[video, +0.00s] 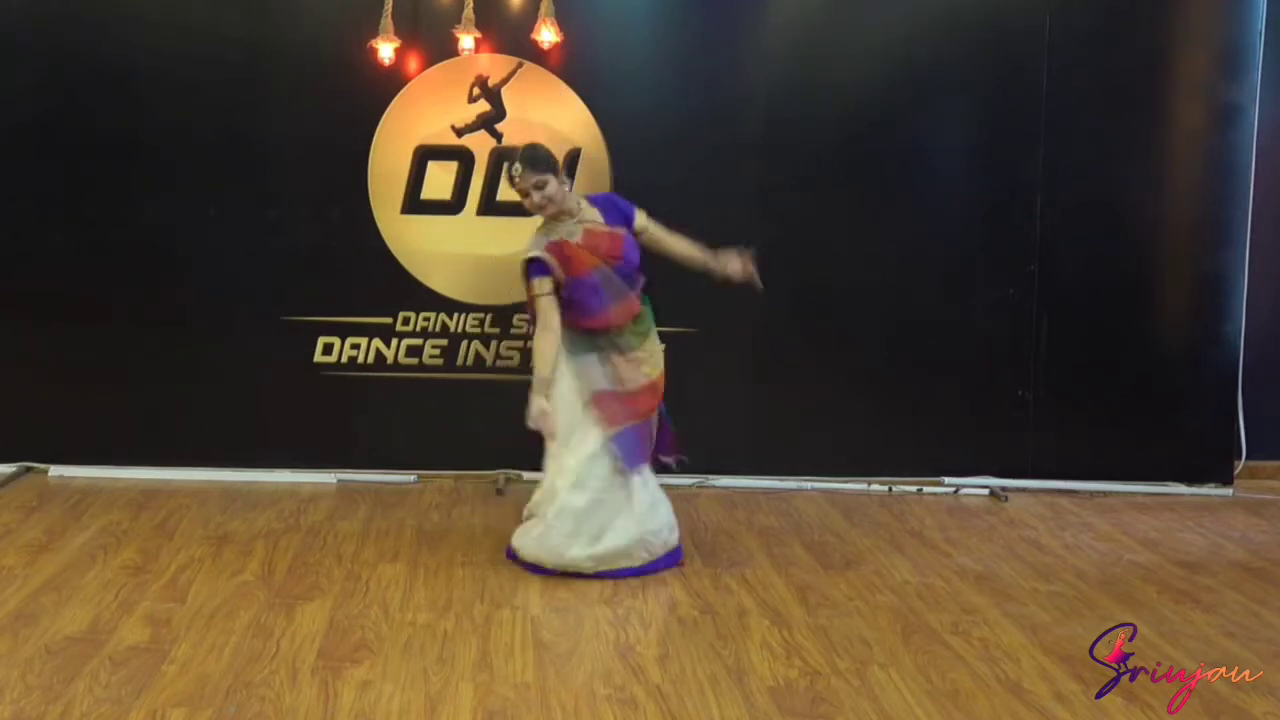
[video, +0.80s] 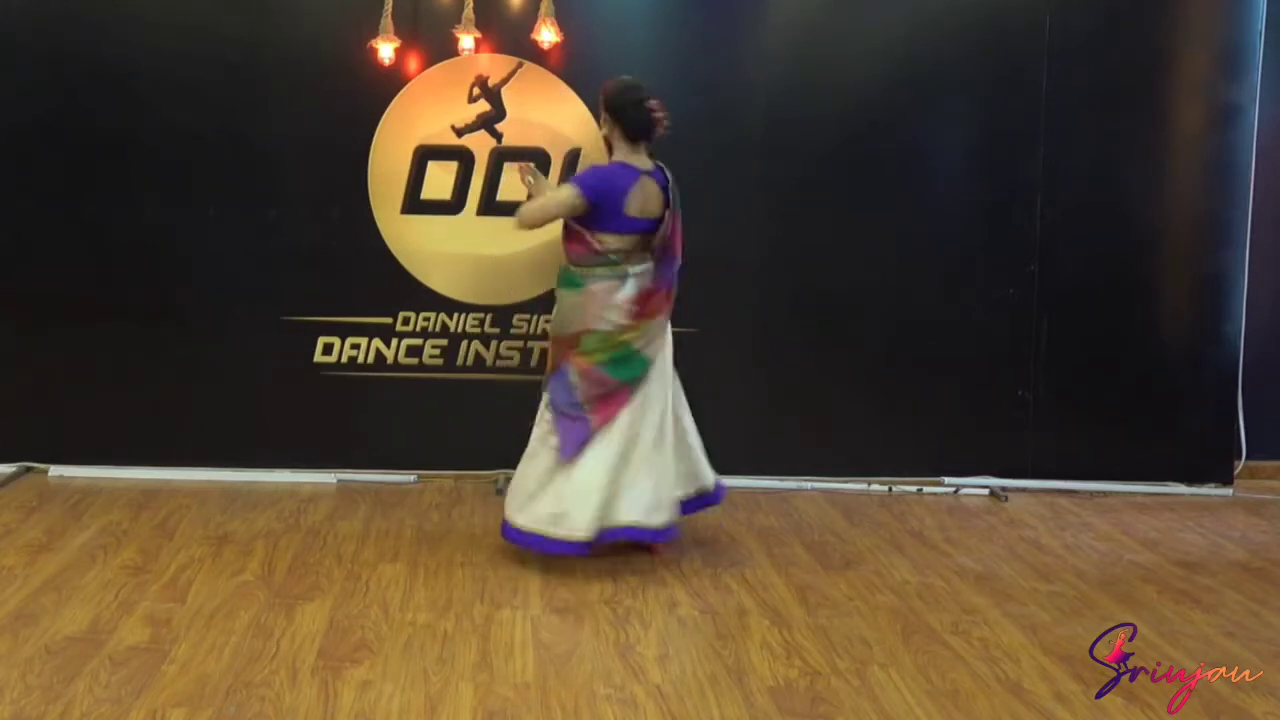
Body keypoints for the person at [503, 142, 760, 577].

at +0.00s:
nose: (535, 200)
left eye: (541, 187)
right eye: (525, 194)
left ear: (562, 177)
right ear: (522, 197)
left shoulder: (610, 209)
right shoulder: (542, 254)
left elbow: (667, 241)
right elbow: (547, 325)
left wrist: (716, 262)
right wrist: (539, 392)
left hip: (637, 344)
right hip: (584, 355)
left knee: (631, 442)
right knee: (589, 446)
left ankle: (626, 536)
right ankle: (565, 538)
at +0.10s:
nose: (556, 188)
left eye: (561, 175)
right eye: (546, 184)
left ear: (580, 166)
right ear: (540, 188)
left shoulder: (615, 193)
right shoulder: (561, 241)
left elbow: (658, 205)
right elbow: (569, 309)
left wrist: (693, 204)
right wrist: (545, 356)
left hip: (639, 337)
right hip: (594, 347)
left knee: (635, 436)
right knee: (597, 440)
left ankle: (642, 533)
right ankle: (564, 537)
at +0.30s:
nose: (605, 151)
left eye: (608, 140)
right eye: (593, 148)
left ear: (620, 140)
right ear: (576, 160)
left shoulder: (612, 194)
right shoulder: (600, 204)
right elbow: (645, 264)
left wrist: (648, 239)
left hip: (614, 324)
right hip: (612, 328)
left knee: (604, 421)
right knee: (625, 426)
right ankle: (609, 530)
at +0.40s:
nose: (629, 138)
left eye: (629, 128)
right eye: (617, 133)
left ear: (632, 129)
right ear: (593, 142)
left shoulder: (588, 184)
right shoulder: (618, 191)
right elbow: (676, 253)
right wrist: (694, 209)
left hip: (601, 303)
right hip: (628, 308)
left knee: (590, 408)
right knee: (636, 415)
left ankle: (550, 513)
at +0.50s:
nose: (650, 127)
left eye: (650, 117)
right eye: (644, 119)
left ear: (601, 126)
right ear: (617, 126)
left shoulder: (569, 174)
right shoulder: (647, 186)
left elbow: (541, 215)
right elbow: (695, 237)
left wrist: (557, 164)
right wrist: (708, 174)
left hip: (579, 299)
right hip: (635, 303)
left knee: (579, 403)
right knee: (654, 402)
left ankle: (547, 507)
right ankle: (665, 515)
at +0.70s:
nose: (645, 118)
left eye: (641, 110)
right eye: (643, 112)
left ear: (601, 123)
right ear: (645, 124)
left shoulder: (580, 177)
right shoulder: (668, 182)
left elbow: (518, 221)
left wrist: (539, 181)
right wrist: (648, 167)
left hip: (585, 301)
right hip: (644, 306)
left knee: (581, 408)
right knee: (638, 407)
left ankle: (583, 519)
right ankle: (641, 514)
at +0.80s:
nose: (598, 122)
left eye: (600, 115)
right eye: (602, 115)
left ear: (608, 124)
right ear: (649, 124)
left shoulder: (597, 182)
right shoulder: (663, 181)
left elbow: (528, 217)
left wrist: (540, 190)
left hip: (592, 311)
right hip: (645, 311)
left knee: (574, 407)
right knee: (639, 411)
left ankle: (566, 511)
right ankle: (641, 512)